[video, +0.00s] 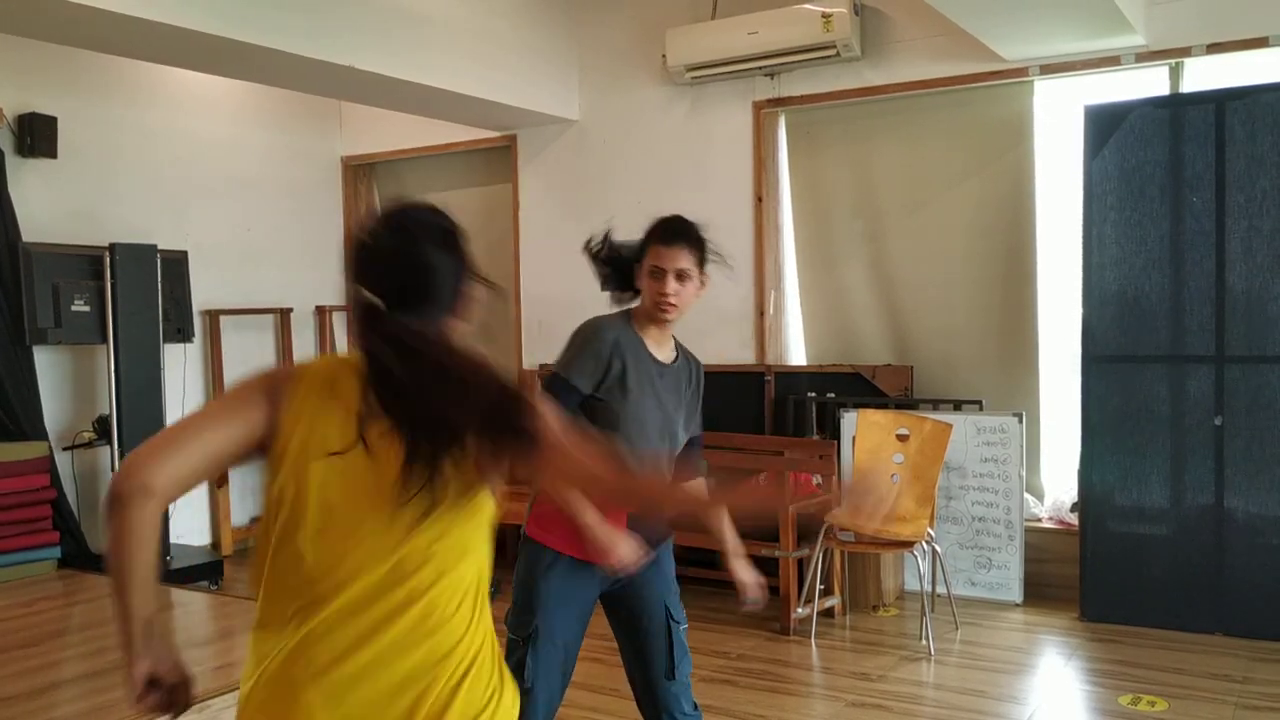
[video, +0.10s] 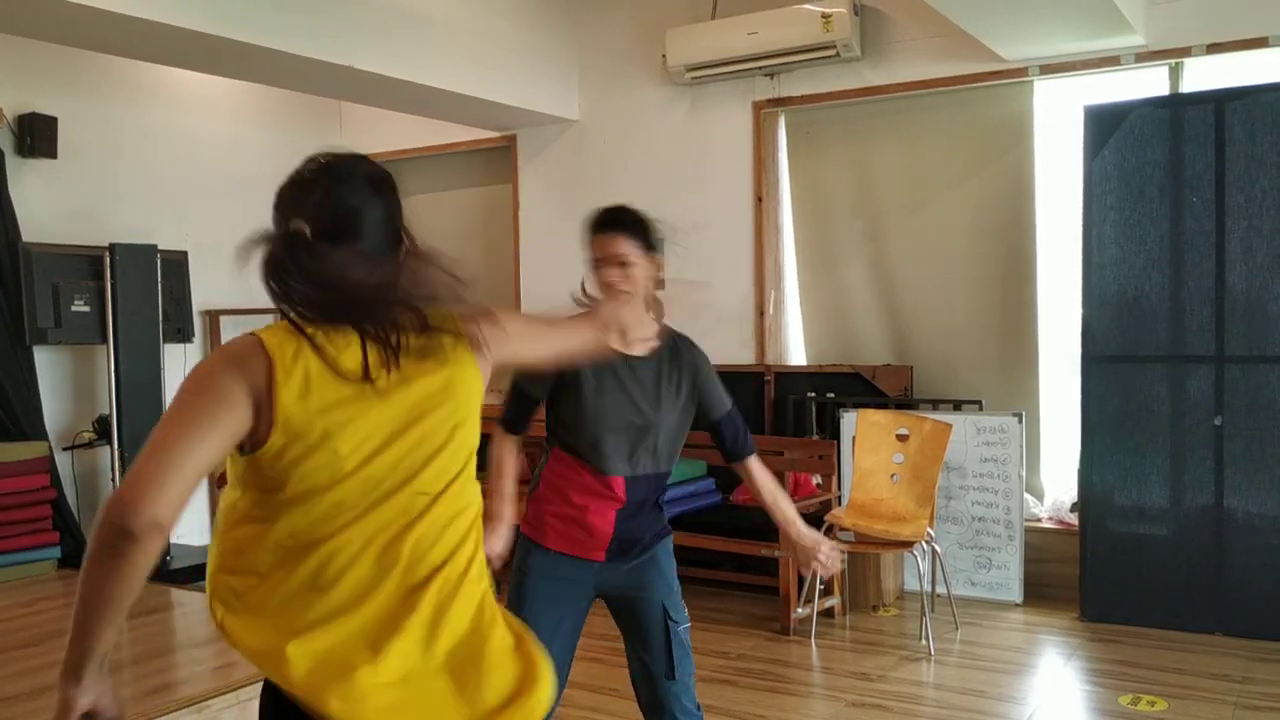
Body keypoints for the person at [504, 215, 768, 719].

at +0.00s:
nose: (667, 288)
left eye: (681, 277)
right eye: (656, 273)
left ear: (699, 286)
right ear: (637, 276)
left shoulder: (689, 370)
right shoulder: (600, 338)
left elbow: (690, 477)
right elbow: (540, 433)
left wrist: (734, 551)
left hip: (645, 546)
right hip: (564, 540)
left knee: (672, 697)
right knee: (533, 693)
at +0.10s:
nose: (611, 275)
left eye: (624, 263)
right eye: (601, 263)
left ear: (656, 270)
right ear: (590, 272)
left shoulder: (684, 360)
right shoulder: (556, 347)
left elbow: (742, 454)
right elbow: (509, 430)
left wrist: (798, 533)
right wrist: (500, 519)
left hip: (643, 551)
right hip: (556, 549)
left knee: (674, 702)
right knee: (525, 695)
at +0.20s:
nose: (513, 297)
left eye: (518, 282)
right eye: (509, 285)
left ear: (553, 273)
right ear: (532, 279)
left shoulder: (628, 348)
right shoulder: (534, 345)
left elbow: (706, 425)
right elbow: (523, 430)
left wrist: (764, 498)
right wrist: (460, 464)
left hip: (628, 542)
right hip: (549, 534)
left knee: (664, 693)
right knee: (519, 689)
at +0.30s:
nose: (479, 333)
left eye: (472, 323)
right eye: (472, 323)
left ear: (481, 322)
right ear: (520, 287)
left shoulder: (560, 357)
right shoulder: (538, 352)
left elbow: (635, 439)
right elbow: (564, 441)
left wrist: (685, 526)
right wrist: (502, 439)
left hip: (619, 543)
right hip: (554, 536)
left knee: (662, 692)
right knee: (529, 679)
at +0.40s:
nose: (477, 349)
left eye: (467, 343)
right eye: (470, 345)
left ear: (471, 331)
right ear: (506, 296)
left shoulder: (535, 358)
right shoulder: (558, 341)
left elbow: (570, 476)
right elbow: (636, 409)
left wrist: (578, 584)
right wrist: (589, 463)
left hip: (613, 551)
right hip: (552, 543)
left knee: (653, 700)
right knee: (517, 671)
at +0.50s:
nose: (477, 345)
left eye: (469, 336)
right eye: (471, 338)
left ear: (473, 324)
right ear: (512, 293)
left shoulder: (534, 350)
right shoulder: (558, 338)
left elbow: (541, 469)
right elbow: (635, 412)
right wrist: (600, 481)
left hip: (608, 541)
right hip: (550, 539)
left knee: (649, 693)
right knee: (519, 680)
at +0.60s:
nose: (480, 329)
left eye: (474, 317)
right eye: (473, 319)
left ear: (487, 303)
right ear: (508, 282)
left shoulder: (549, 342)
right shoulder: (545, 339)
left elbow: (542, 453)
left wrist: (454, 503)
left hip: (604, 546)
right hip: (542, 541)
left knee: (648, 701)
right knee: (512, 689)